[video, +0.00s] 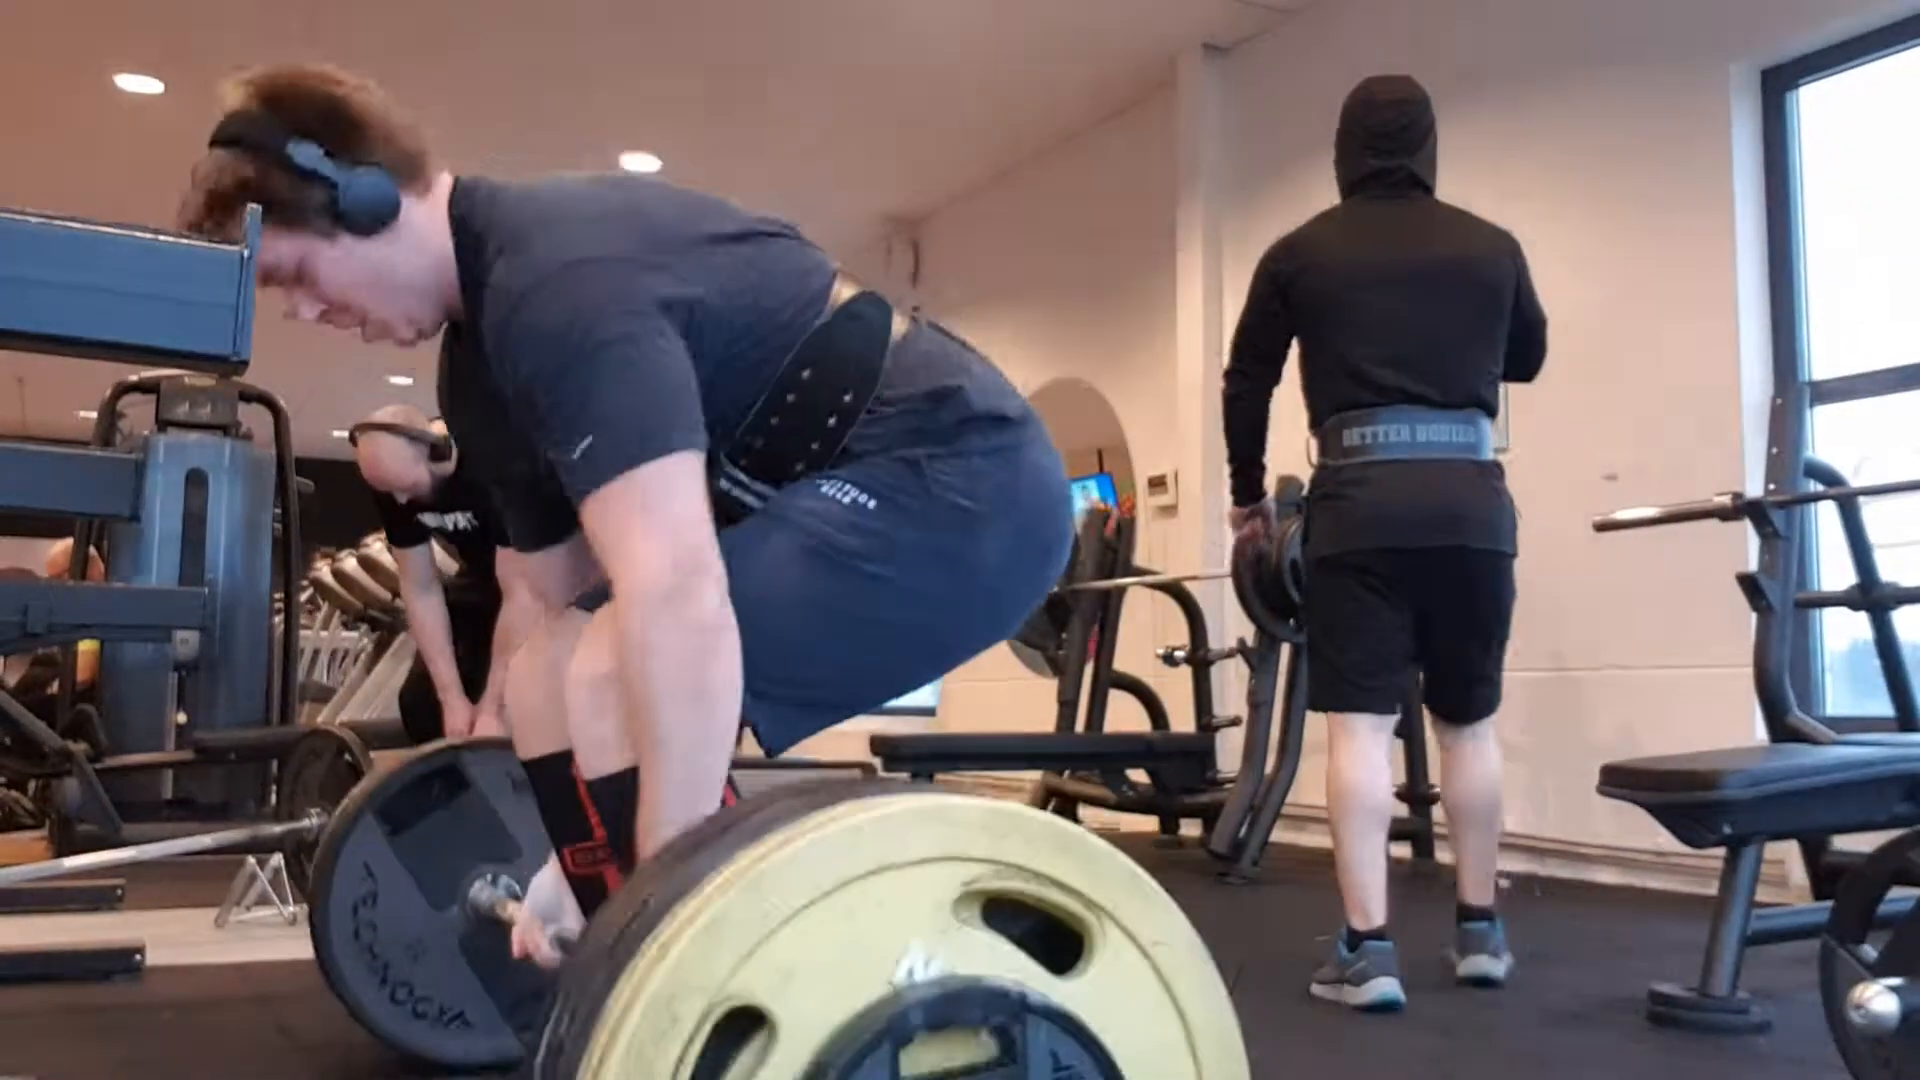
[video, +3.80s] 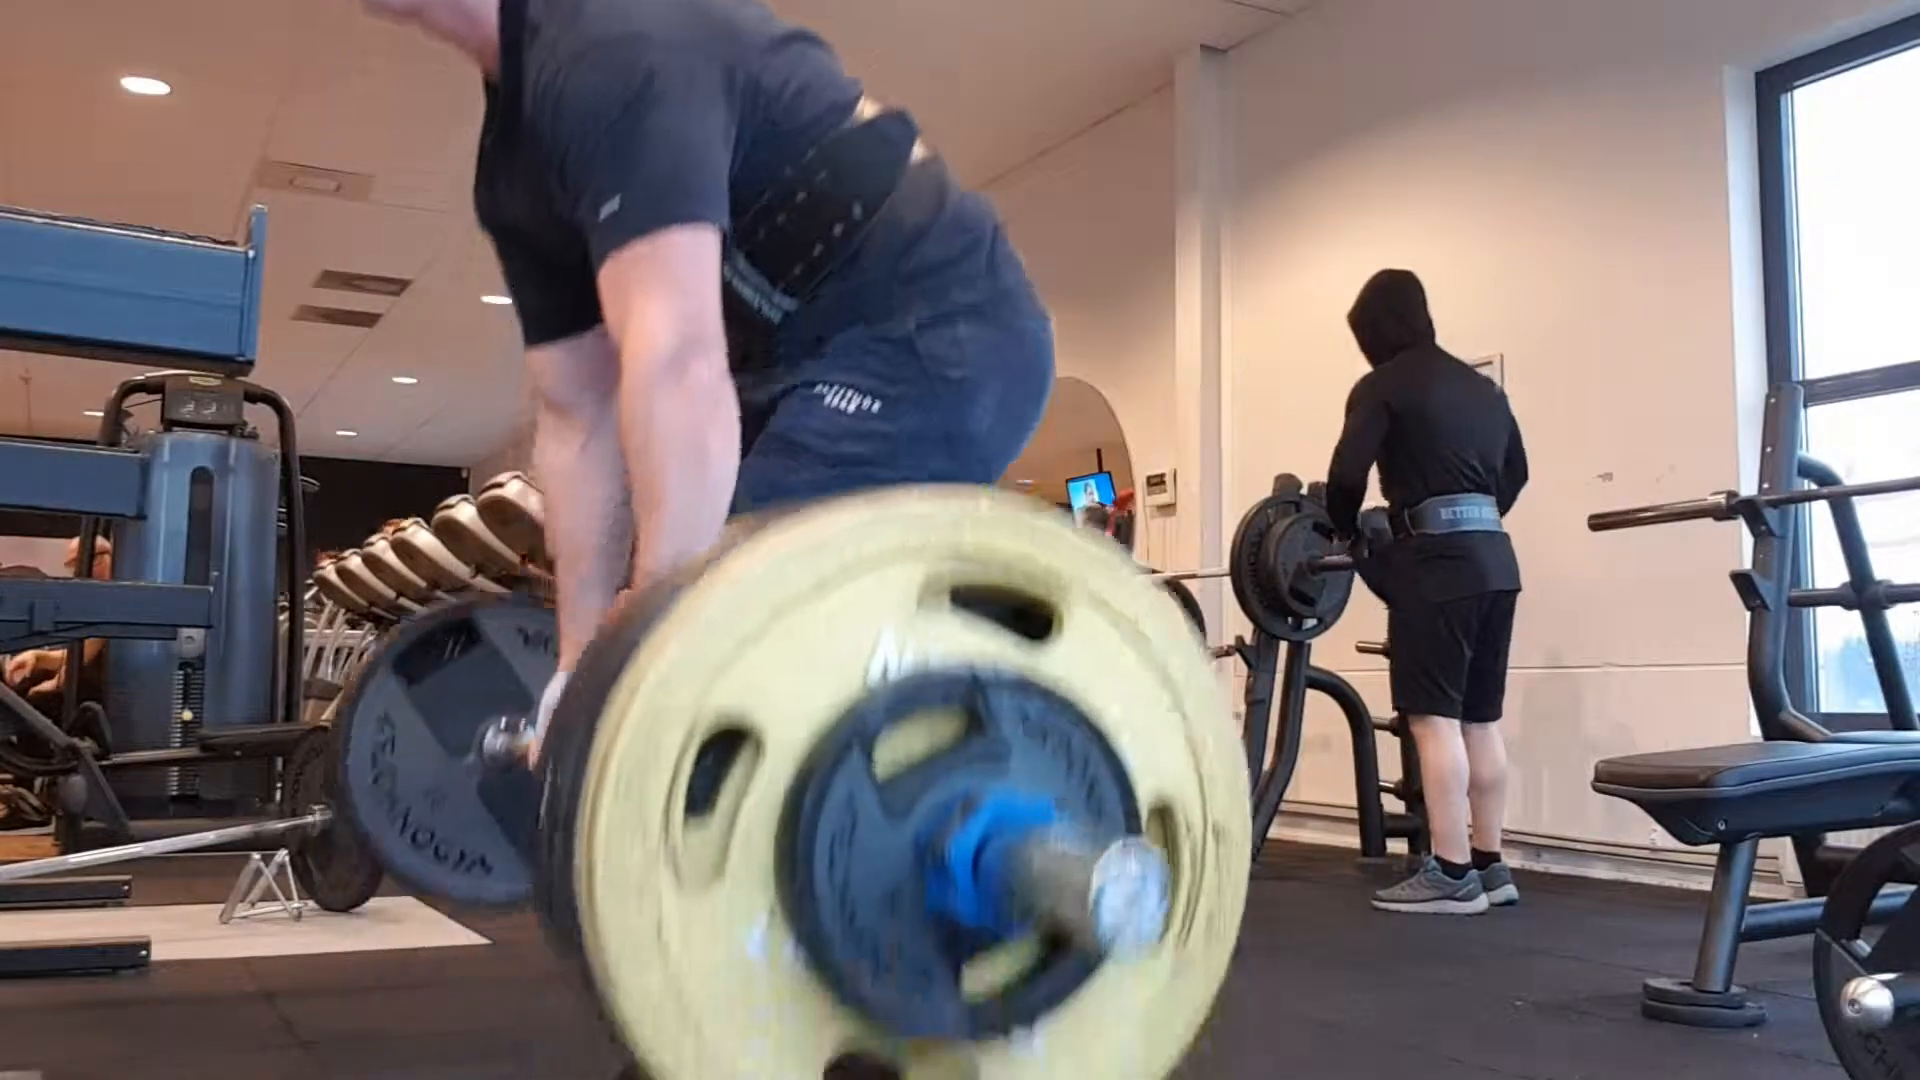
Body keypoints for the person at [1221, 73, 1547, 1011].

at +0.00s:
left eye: (1355, 143)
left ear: (1343, 154)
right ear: (1430, 151)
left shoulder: (1299, 254)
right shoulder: (1493, 246)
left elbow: (1247, 381)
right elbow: (1524, 360)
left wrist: (1248, 498)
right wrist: (1445, 338)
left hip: (1357, 509)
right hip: (1471, 509)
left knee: (1358, 724)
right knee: (1469, 721)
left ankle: (1367, 950)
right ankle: (1480, 930)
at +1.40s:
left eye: (1334, 282)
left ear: (1329, 290)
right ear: (1396, 288)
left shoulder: (1311, 355)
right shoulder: (1444, 352)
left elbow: (1290, 429)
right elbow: (1476, 429)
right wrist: (1415, 404)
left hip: (1344, 564)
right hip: (1433, 564)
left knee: (1347, 725)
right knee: (1449, 725)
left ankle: (1358, 889)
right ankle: (1468, 876)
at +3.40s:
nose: (1399, 341)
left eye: (1399, 331)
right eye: (1400, 331)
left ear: (1410, 327)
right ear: (1463, 322)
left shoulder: (1409, 387)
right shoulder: (1507, 395)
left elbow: (1360, 475)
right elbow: (1496, 494)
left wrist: (1325, 532)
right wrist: (1421, 539)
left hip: (1445, 569)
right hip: (1503, 568)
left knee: (1414, 711)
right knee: (1482, 716)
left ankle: (1446, 866)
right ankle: (1491, 867)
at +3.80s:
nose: (1361, 344)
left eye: (1361, 333)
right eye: (1361, 334)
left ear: (1371, 330)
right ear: (1423, 320)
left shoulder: (1380, 386)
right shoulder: (1479, 385)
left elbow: (1346, 476)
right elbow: (1514, 471)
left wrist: (1342, 527)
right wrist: (1467, 524)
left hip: (1436, 568)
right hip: (1497, 566)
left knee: (1433, 717)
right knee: (1482, 718)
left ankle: (1451, 871)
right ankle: (1489, 865)